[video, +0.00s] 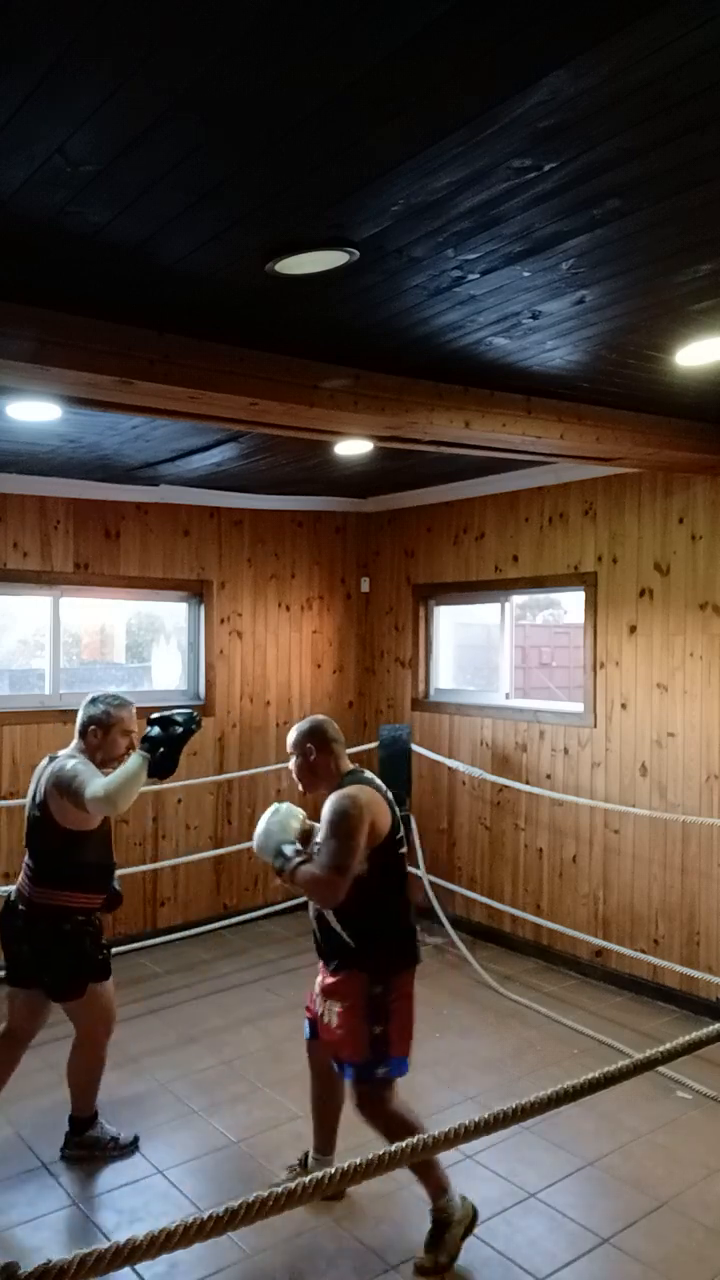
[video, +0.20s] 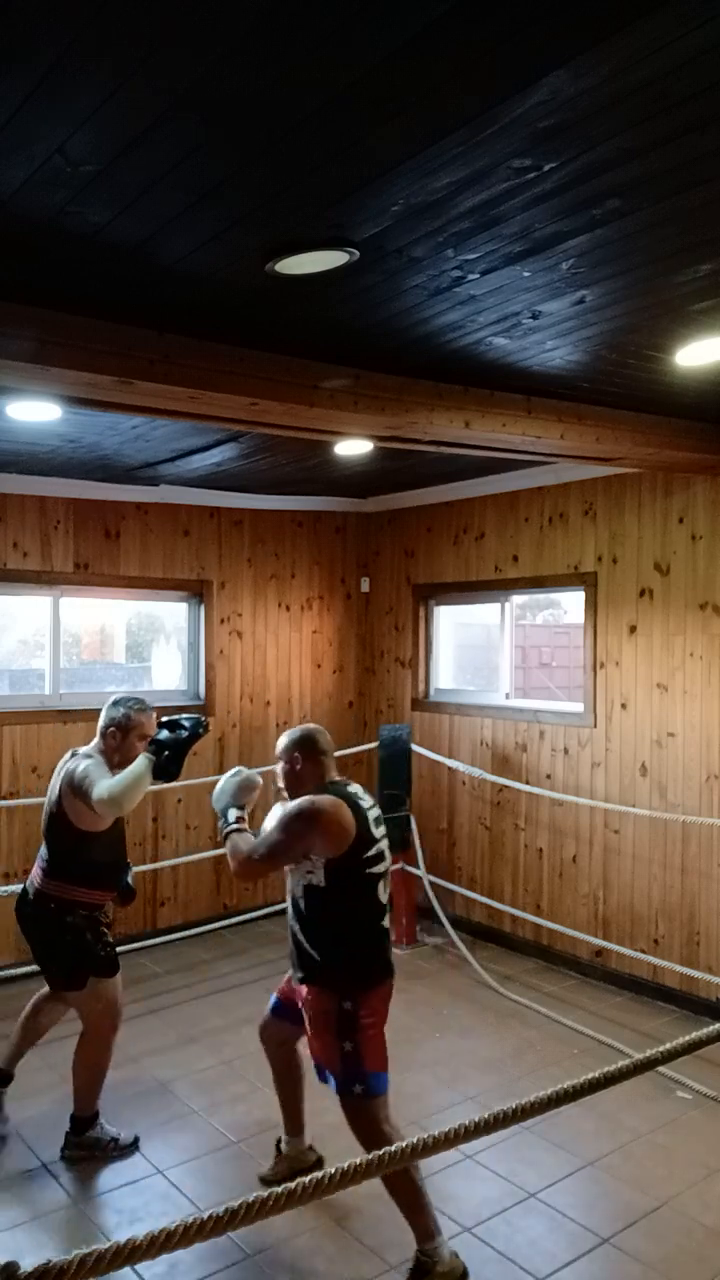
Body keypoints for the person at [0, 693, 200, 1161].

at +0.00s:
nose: (130, 747)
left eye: (133, 737)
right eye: (124, 736)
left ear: (90, 736)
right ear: (94, 733)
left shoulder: (58, 764)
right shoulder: (73, 768)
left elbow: (127, 787)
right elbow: (105, 799)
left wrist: (155, 760)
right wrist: (149, 751)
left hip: (32, 919)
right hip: (64, 926)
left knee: (19, 1028)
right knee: (97, 1023)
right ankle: (82, 1131)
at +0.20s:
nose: (149, 751)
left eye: (151, 741)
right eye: (144, 741)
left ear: (113, 737)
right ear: (113, 736)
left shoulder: (92, 760)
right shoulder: (86, 768)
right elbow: (109, 801)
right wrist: (156, 755)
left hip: (54, 904)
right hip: (70, 914)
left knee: (64, 993)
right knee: (103, 1017)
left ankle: (2, 1072)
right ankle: (83, 1130)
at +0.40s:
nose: (148, 752)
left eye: (150, 745)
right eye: (148, 743)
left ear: (107, 723)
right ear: (130, 735)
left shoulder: (106, 767)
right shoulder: (83, 766)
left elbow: (105, 840)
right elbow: (89, 792)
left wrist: (127, 874)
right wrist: (114, 736)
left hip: (70, 902)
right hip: (75, 911)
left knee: (67, 986)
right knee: (107, 1014)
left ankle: (48, 1060)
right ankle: (84, 1129)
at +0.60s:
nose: (118, 739)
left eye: (121, 731)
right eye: (112, 731)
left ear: (117, 732)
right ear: (92, 728)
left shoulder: (111, 772)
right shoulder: (62, 772)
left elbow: (125, 814)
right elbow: (30, 793)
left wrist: (145, 859)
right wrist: (69, 751)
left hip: (95, 897)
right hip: (62, 899)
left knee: (69, 991)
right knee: (98, 1005)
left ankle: (39, 1068)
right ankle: (82, 1122)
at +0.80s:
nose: (112, 734)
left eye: (119, 725)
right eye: (104, 722)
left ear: (126, 727)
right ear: (89, 720)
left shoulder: (115, 769)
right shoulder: (64, 760)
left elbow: (127, 807)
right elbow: (41, 784)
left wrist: (154, 846)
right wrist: (87, 743)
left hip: (94, 889)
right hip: (57, 890)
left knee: (64, 984)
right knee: (89, 989)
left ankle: (39, 1067)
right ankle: (63, 1099)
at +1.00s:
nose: (126, 737)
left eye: (133, 730)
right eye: (119, 728)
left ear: (138, 731)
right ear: (99, 723)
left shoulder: (122, 771)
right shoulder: (71, 758)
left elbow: (125, 819)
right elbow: (57, 794)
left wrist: (144, 862)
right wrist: (108, 755)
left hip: (98, 887)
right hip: (60, 889)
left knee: (79, 982)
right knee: (87, 992)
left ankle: (44, 1063)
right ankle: (62, 1100)